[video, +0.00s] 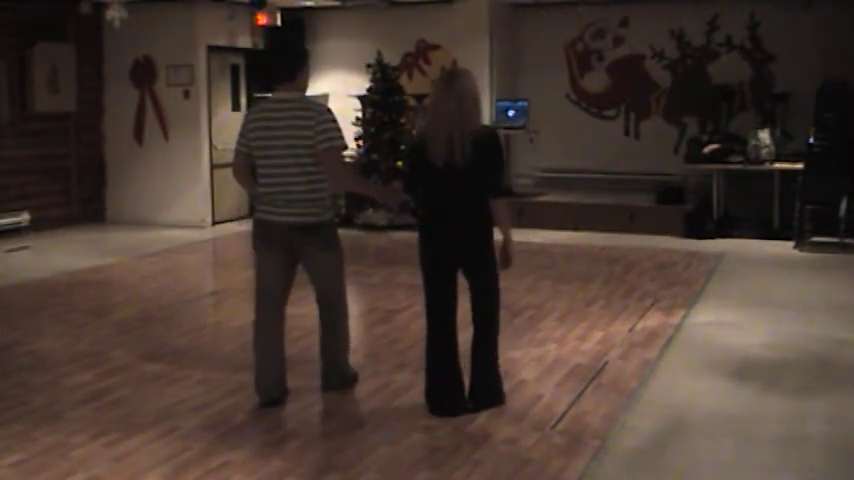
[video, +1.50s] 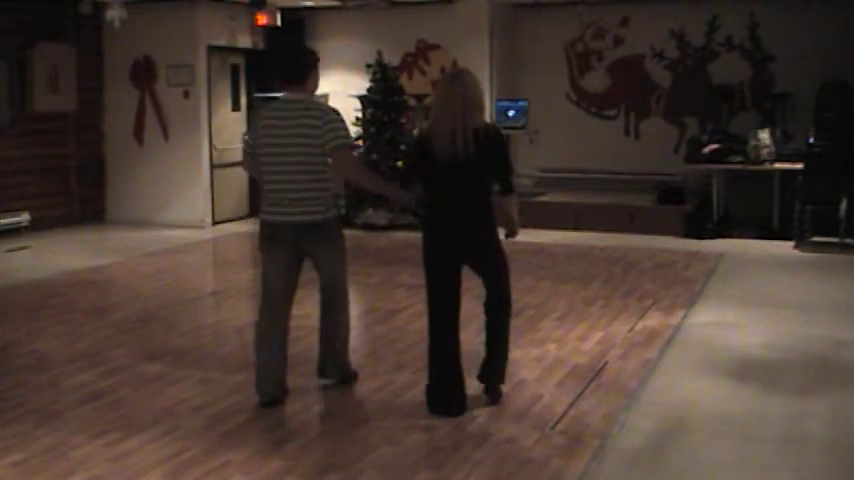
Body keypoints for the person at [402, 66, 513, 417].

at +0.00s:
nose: (474, 103)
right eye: (473, 97)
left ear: (436, 101)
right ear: (474, 101)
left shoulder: (422, 143)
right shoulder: (484, 139)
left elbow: (414, 194)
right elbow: (496, 196)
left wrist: (429, 218)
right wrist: (506, 238)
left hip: (435, 242)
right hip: (475, 240)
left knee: (440, 319)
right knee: (486, 316)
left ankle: (442, 396)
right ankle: (485, 391)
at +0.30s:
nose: (474, 103)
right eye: (473, 96)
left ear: (436, 101)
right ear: (474, 101)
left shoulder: (421, 144)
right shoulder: (485, 140)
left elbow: (415, 196)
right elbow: (497, 195)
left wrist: (430, 223)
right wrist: (507, 238)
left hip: (435, 243)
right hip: (475, 241)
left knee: (440, 318)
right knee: (486, 314)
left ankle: (441, 395)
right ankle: (485, 390)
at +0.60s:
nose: (475, 103)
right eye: (474, 97)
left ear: (437, 101)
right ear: (475, 101)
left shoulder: (421, 144)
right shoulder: (486, 140)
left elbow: (416, 196)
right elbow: (498, 195)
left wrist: (430, 222)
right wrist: (509, 237)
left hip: (436, 243)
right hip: (477, 240)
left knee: (441, 317)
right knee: (492, 307)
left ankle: (443, 396)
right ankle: (487, 389)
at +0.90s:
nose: (476, 103)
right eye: (475, 97)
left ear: (437, 101)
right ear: (476, 101)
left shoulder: (422, 145)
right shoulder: (487, 140)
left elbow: (415, 196)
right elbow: (498, 196)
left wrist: (431, 223)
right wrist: (508, 238)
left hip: (436, 243)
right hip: (476, 241)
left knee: (441, 319)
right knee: (487, 314)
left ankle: (442, 395)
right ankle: (484, 389)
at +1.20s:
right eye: (475, 97)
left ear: (437, 103)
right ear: (477, 101)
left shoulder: (423, 145)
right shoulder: (488, 140)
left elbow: (413, 195)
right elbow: (500, 196)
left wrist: (430, 220)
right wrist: (508, 235)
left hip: (436, 244)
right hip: (477, 242)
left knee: (440, 319)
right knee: (488, 315)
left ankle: (442, 396)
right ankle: (485, 390)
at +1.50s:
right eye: (477, 95)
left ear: (439, 100)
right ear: (478, 99)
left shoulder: (426, 141)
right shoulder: (489, 138)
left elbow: (412, 191)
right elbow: (505, 192)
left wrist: (428, 215)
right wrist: (511, 223)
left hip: (439, 239)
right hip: (479, 238)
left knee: (442, 317)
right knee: (499, 296)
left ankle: (445, 397)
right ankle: (493, 376)